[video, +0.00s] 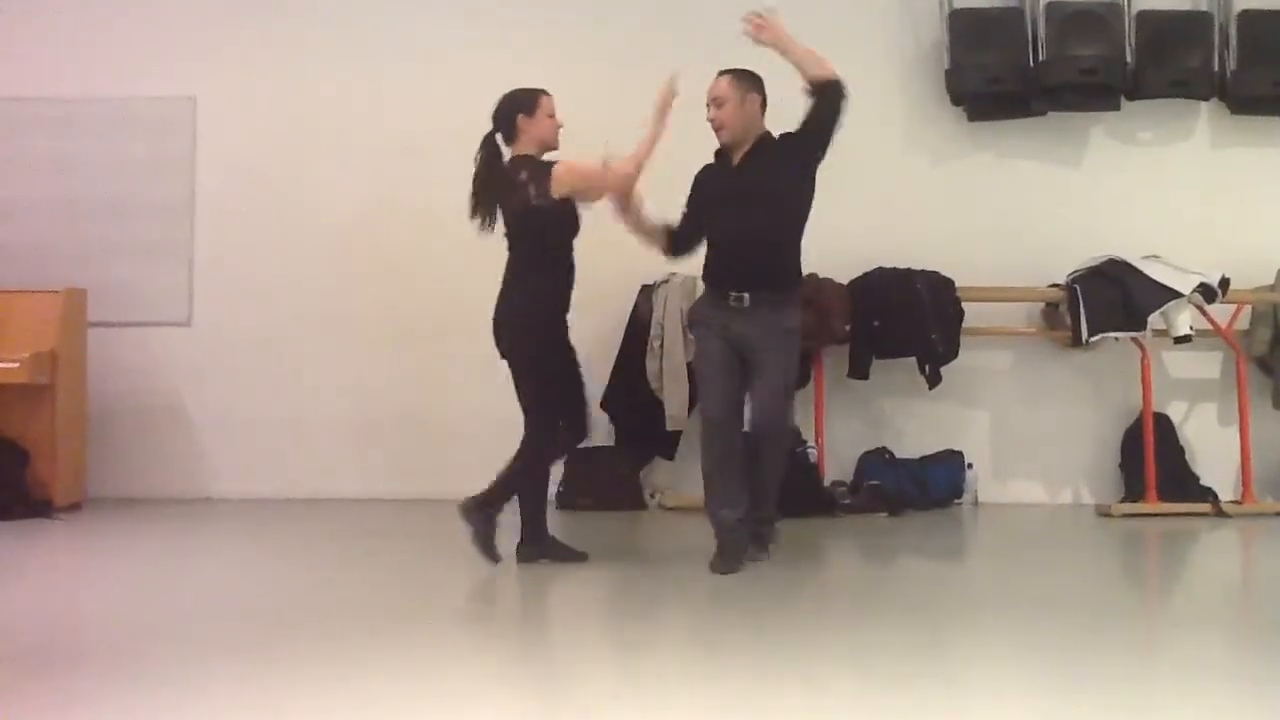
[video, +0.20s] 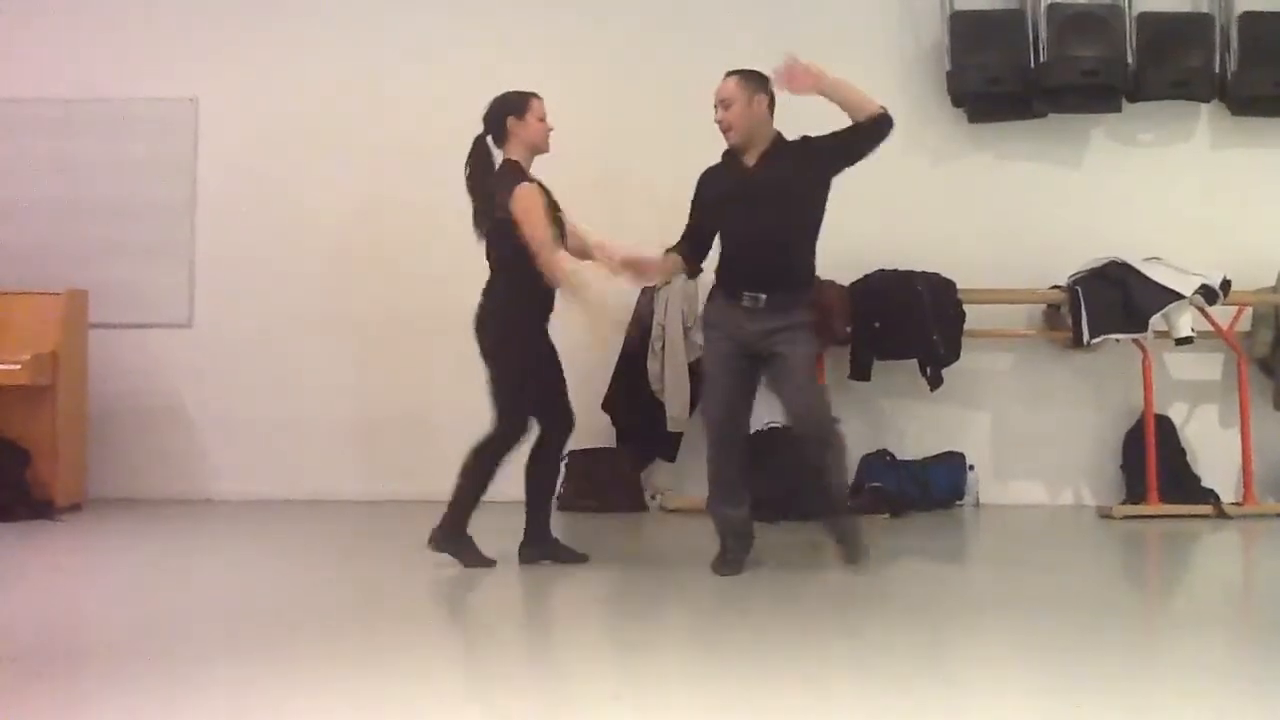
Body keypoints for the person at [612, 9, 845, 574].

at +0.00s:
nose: (710, 114)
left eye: (720, 104)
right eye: (709, 105)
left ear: (757, 106)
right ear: (718, 111)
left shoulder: (796, 154)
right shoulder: (710, 177)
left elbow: (830, 91)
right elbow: (679, 243)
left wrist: (784, 42)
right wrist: (634, 216)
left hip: (775, 313)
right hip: (716, 312)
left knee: (770, 424)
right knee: (716, 424)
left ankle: (761, 520)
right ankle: (729, 535)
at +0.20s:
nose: (718, 117)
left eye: (726, 105)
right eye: (716, 108)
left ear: (763, 105)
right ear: (730, 113)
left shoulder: (811, 157)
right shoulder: (716, 180)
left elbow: (877, 124)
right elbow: (687, 256)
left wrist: (823, 84)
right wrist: (640, 266)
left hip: (790, 316)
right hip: (727, 317)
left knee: (809, 417)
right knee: (721, 425)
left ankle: (841, 516)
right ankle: (733, 538)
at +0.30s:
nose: (725, 117)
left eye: (734, 105)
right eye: (723, 107)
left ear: (770, 104)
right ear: (731, 113)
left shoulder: (817, 155)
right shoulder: (724, 179)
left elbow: (886, 124)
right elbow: (694, 248)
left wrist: (826, 89)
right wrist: (664, 231)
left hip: (803, 316)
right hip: (738, 316)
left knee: (826, 422)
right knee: (728, 426)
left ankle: (862, 528)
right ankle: (734, 537)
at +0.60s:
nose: (739, 122)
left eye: (747, 110)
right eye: (737, 113)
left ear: (784, 109)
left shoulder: (834, 158)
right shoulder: (747, 186)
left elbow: (887, 141)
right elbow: (716, 259)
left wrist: (833, 136)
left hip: (839, 317)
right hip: (777, 320)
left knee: (858, 430)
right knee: (755, 422)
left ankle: (876, 545)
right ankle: (749, 543)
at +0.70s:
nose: (739, 118)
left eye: (748, 108)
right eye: (738, 109)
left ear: (785, 108)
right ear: (761, 111)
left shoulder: (831, 159)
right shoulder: (741, 184)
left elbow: (903, 180)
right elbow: (727, 258)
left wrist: (862, 200)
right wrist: (696, 319)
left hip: (832, 319)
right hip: (770, 324)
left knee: (852, 430)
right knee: (755, 428)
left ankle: (876, 539)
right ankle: (759, 539)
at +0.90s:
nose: (740, 107)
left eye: (749, 97)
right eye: (739, 98)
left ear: (787, 98)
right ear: (770, 101)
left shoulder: (833, 161)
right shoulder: (737, 168)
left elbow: (890, 220)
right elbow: (714, 240)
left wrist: (864, 284)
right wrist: (676, 270)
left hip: (817, 315)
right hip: (752, 316)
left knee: (826, 419)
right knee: (747, 426)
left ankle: (862, 518)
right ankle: (759, 536)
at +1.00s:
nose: (741, 103)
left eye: (751, 93)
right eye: (741, 94)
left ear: (789, 96)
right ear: (756, 100)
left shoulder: (837, 161)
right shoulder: (734, 164)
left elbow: (868, 229)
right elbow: (690, 224)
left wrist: (831, 267)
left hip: (812, 313)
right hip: (748, 314)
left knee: (814, 421)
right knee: (750, 431)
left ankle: (816, 529)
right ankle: (757, 539)